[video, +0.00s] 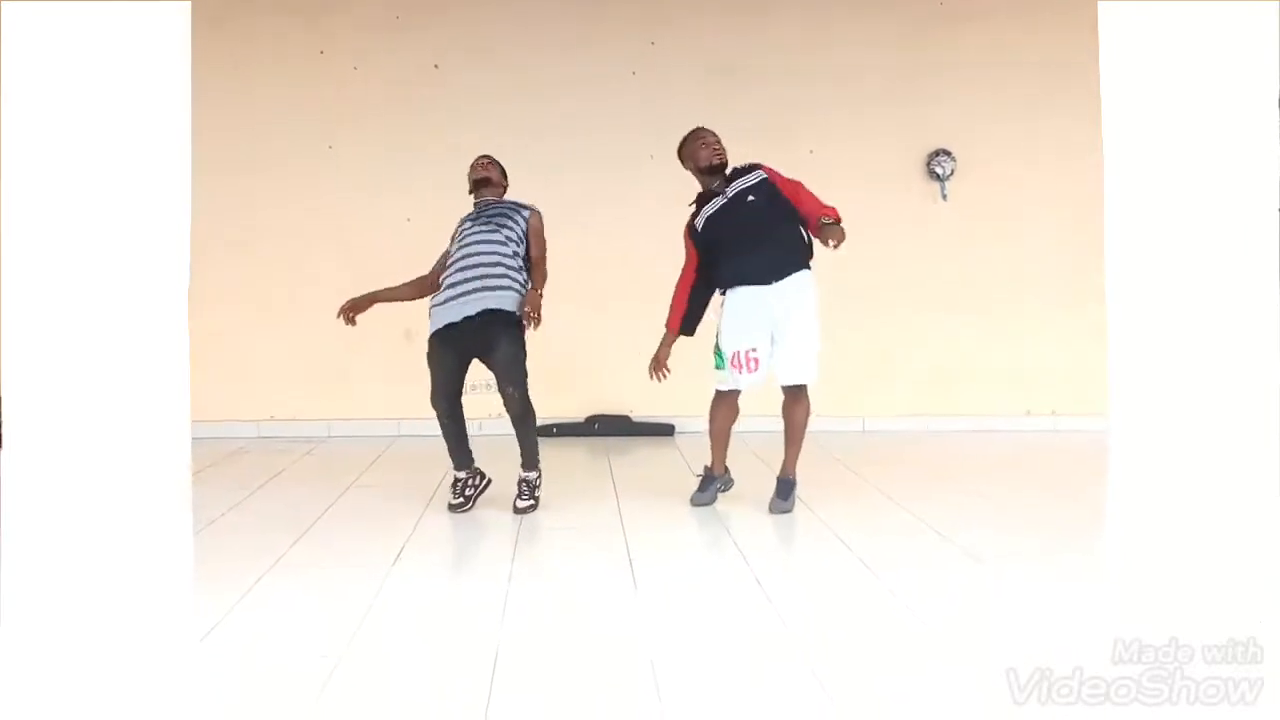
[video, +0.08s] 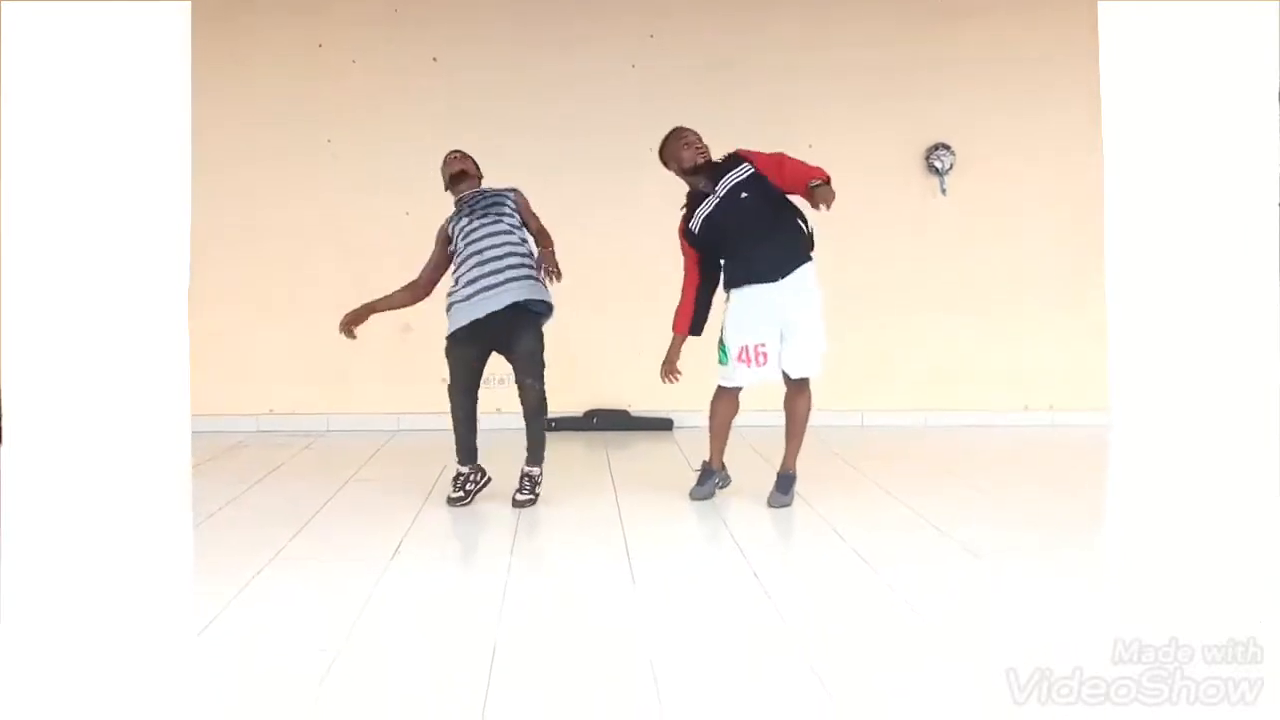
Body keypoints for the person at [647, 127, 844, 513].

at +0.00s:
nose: (714, 146)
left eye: (717, 141)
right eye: (702, 144)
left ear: (726, 152)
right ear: (688, 164)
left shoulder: (759, 175)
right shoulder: (699, 221)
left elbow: (801, 198)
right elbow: (692, 280)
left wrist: (827, 222)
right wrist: (668, 340)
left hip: (794, 290)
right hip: (742, 301)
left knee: (795, 386)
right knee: (727, 387)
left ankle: (787, 475)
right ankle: (717, 471)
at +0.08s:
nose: (698, 145)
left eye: (699, 140)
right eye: (685, 144)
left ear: (708, 146)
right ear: (671, 165)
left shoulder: (743, 161)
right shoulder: (692, 223)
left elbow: (786, 168)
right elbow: (697, 286)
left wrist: (816, 184)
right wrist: (676, 346)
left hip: (796, 279)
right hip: (747, 295)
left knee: (798, 379)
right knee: (729, 382)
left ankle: (788, 471)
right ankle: (715, 467)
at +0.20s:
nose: (693, 150)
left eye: (694, 144)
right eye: (681, 151)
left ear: (704, 148)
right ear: (670, 173)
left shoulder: (739, 157)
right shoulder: (697, 228)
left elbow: (786, 155)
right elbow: (705, 288)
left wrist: (814, 172)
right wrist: (688, 348)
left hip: (803, 277)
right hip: (754, 294)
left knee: (807, 377)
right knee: (736, 381)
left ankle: (796, 467)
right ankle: (721, 465)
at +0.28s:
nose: (682, 152)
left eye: (685, 143)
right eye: (672, 153)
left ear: (699, 142)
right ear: (668, 169)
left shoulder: (736, 148)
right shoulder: (697, 219)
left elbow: (796, 151)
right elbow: (708, 276)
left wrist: (807, 185)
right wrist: (692, 338)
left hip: (802, 269)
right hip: (753, 286)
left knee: (806, 363)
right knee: (739, 369)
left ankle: (798, 455)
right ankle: (726, 453)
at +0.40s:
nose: (663, 162)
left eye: (668, 152)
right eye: (659, 155)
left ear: (694, 146)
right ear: (665, 156)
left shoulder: (736, 151)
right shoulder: (691, 206)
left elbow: (786, 163)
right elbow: (700, 261)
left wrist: (798, 218)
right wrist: (688, 320)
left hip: (789, 266)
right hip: (741, 278)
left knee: (794, 357)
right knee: (729, 361)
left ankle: (789, 448)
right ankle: (722, 445)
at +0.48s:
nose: (660, 160)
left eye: (665, 150)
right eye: (659, 151)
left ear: (690, 147)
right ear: (680, 152)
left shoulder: (734, 158)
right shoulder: (688, 197)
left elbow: (784, 183)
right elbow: (693, 248)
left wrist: (793, 244)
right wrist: (682, 304)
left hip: (778, 267)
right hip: (732, 275)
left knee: (785, 355)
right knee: (721, 356)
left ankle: (784, 443)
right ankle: (719, 441)